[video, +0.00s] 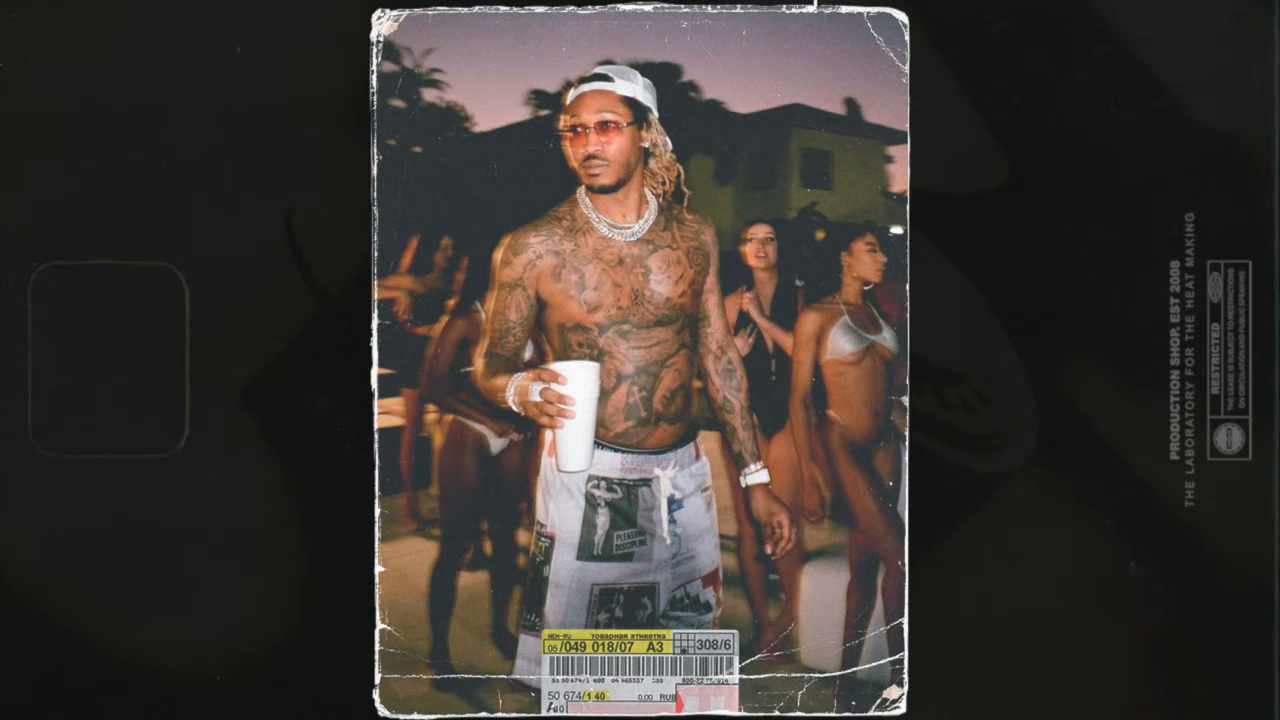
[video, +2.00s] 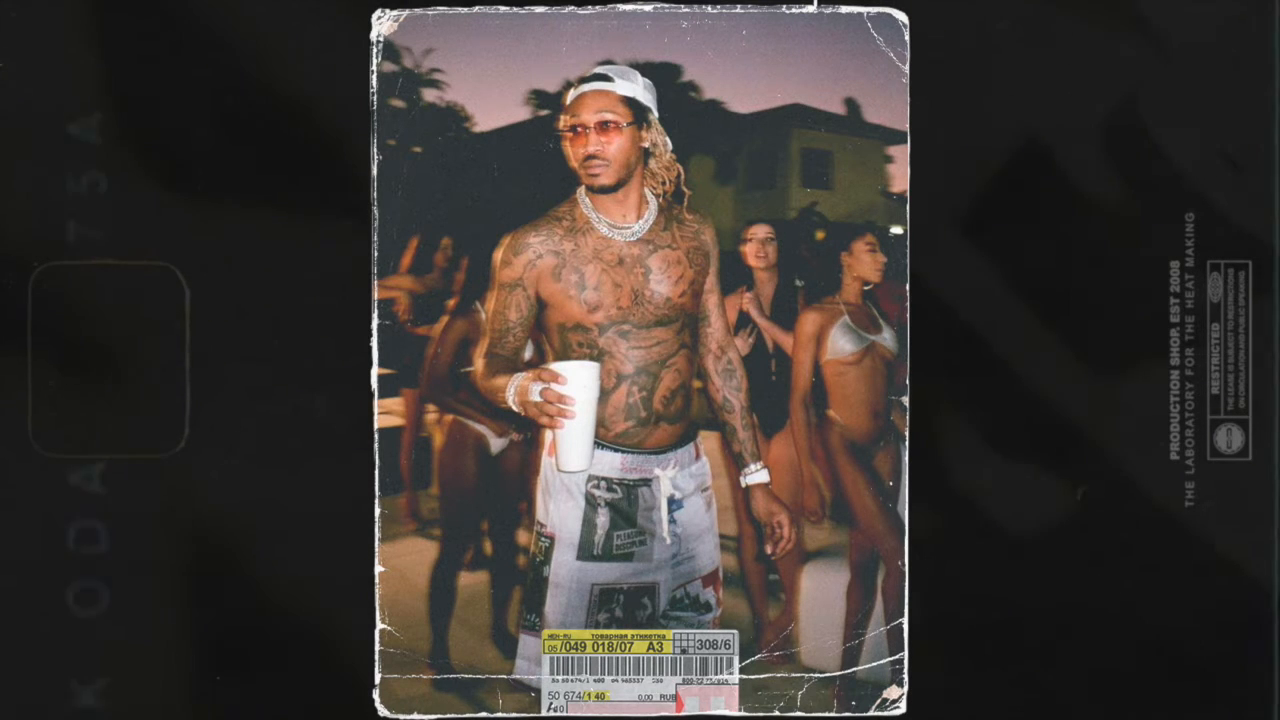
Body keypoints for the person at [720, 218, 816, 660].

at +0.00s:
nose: (759, 249)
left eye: (767, 242)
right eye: (752, 242)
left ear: (781, 249)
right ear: (740, 250)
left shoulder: (797, 296)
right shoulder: (731, 300)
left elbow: (803, 351)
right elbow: (714, 365)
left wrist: (761, 318)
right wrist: (735, 344)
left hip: (784, 420)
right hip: (739, 421)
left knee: (783, 521)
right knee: (748, 526)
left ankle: (793, 613)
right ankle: (762, 621)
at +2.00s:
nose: (760, 249)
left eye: (768, 241)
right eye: (752, 241)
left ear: (781, 249)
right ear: (741, 250)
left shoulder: (797, 295)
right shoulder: (731, 299)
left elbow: (803, 352)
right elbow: (714, 363)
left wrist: (761, 317)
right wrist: (735, 339)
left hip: (784, 419)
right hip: (738, 421)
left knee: (784, 521)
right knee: (748, 526)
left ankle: (793, 614)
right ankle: (762, 623)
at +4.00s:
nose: (760, 249)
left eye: (768, 241)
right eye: (752, 242)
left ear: (780, 249)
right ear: (741, 250)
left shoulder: (797, 296)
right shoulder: (729, 300)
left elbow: (802, 351)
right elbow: (712, 364)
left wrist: (761, 318)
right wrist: (734, 347)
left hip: (783, 420)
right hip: (738, 421)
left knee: (783, 520)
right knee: (749, 527)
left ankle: (793, 613)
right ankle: (762, 622)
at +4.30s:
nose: (760, 249)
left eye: (768, 241)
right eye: (752, 242)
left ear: (781, 249)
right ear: (741, 250)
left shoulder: (797, 296)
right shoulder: (730, 299)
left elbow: (803, 352)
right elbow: (714, 364)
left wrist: (761, 317)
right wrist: (735, 337)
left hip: (784, 420)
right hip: (738, 420)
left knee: (783, 521)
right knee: (749, 525)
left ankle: (793, 614)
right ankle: (762, 623)